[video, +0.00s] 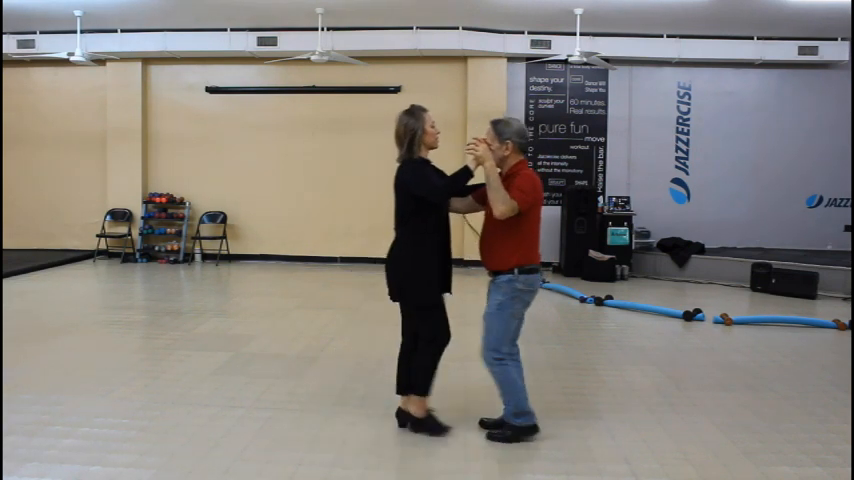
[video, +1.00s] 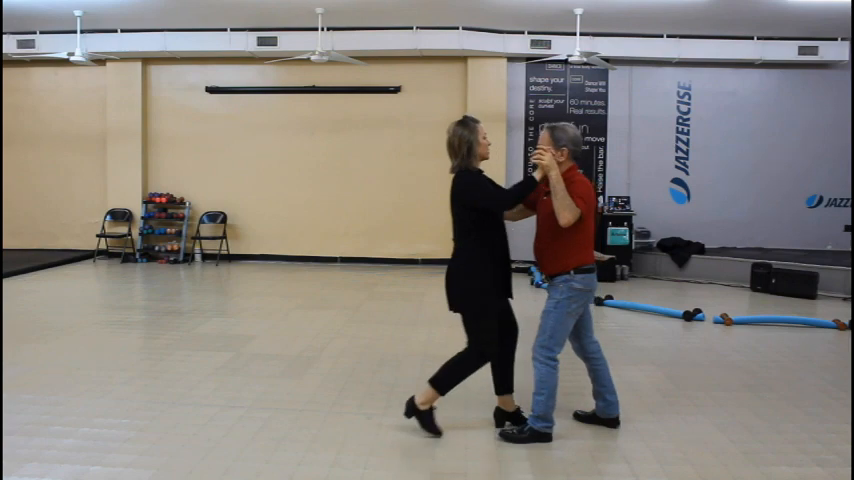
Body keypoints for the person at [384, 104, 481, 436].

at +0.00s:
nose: (438, 132)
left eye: (435, 126)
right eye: (432, 127)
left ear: (417, 132)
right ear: (418, 132)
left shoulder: (418, 167)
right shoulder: (415, 170)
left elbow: (454, 197)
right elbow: (445, 189)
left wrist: (487, 184)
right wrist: (472, 165)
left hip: (415, 268)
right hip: (416, 270)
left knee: (415, 335)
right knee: (437, 334)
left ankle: (408, 406)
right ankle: (416, 407)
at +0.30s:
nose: (461, 134)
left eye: (459, 129)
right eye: (456, 130)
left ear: (441, 134)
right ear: (441, 134)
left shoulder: (441, 170)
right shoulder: (438, 172)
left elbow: (473, 201)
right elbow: (467, 190)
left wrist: (509, 193)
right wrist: (497, 166)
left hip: (437, 269)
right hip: (439, 271)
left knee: (444, 337)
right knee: (449, 341)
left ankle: (415, 400)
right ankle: (426, 412)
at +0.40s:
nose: (470, 135)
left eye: (467, 130)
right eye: (464, 131)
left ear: (450, 137)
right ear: (451, 137)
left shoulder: (455, 172)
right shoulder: (446, 175)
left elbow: (485, 197)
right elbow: (477, 195)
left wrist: (522, 180)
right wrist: (509, 167)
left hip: (451, 273)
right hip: (439, 275)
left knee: (474, 331)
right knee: (454, 339)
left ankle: (442, 399)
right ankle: (425, 412)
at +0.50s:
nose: (478, 136)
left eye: (475, 131)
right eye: (472, 132)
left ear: (458, 139)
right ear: (459, 139)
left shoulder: (465, 174)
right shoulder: (457, 176)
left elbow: (496, 201)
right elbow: (488, 198)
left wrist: (531, 183)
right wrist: (519, 174)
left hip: (458, 276)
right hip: (447, 277)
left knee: (487, 327)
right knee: (460, 340)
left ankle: (487, 402)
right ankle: (427, 411)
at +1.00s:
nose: (489, 141)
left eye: (486, 136)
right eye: (484, 137)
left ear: (467, 143)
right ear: (470, 143)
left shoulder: (473, 178)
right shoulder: (468, 180)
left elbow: (505, 206)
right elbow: (504, 201)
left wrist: (540, 185)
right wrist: (537, 175)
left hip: (485, 278)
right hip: (473, 281)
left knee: (507, 333)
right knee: (483, 347)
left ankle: (506, 407)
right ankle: (421, 402)